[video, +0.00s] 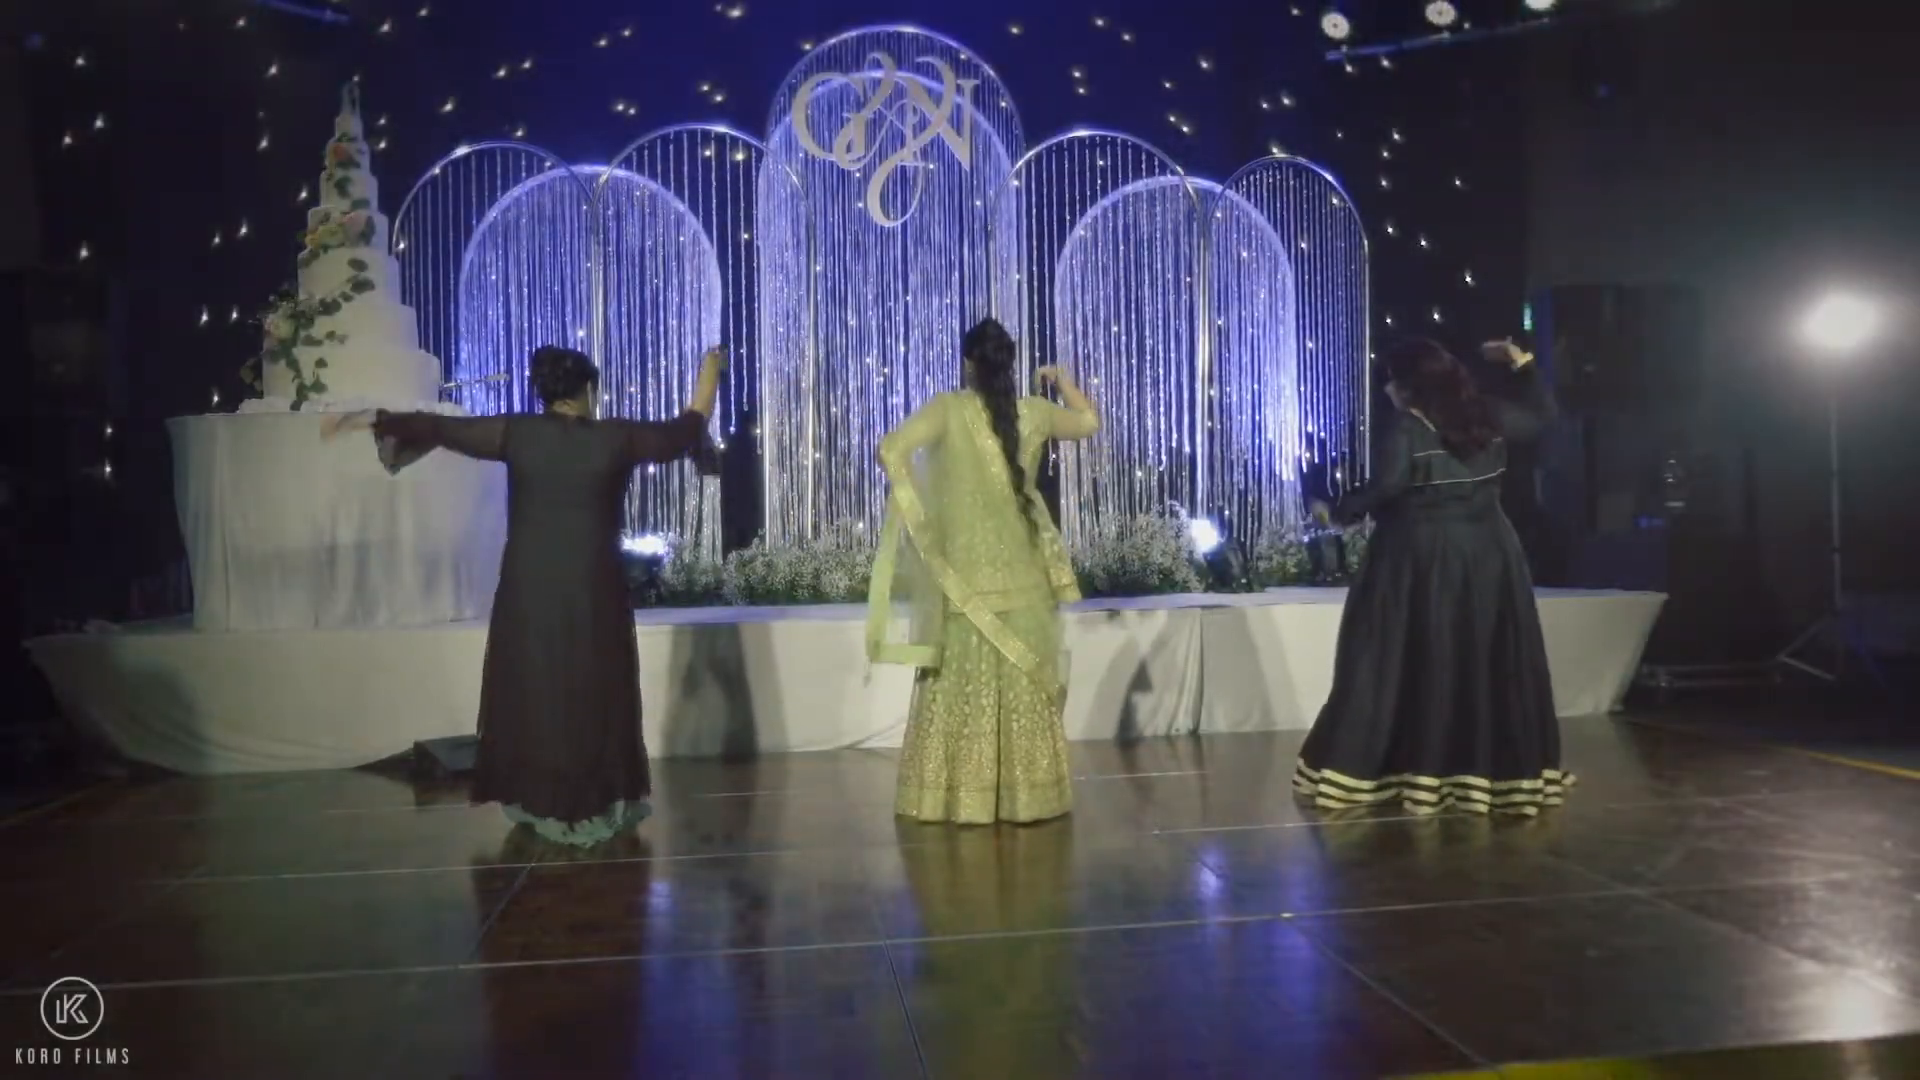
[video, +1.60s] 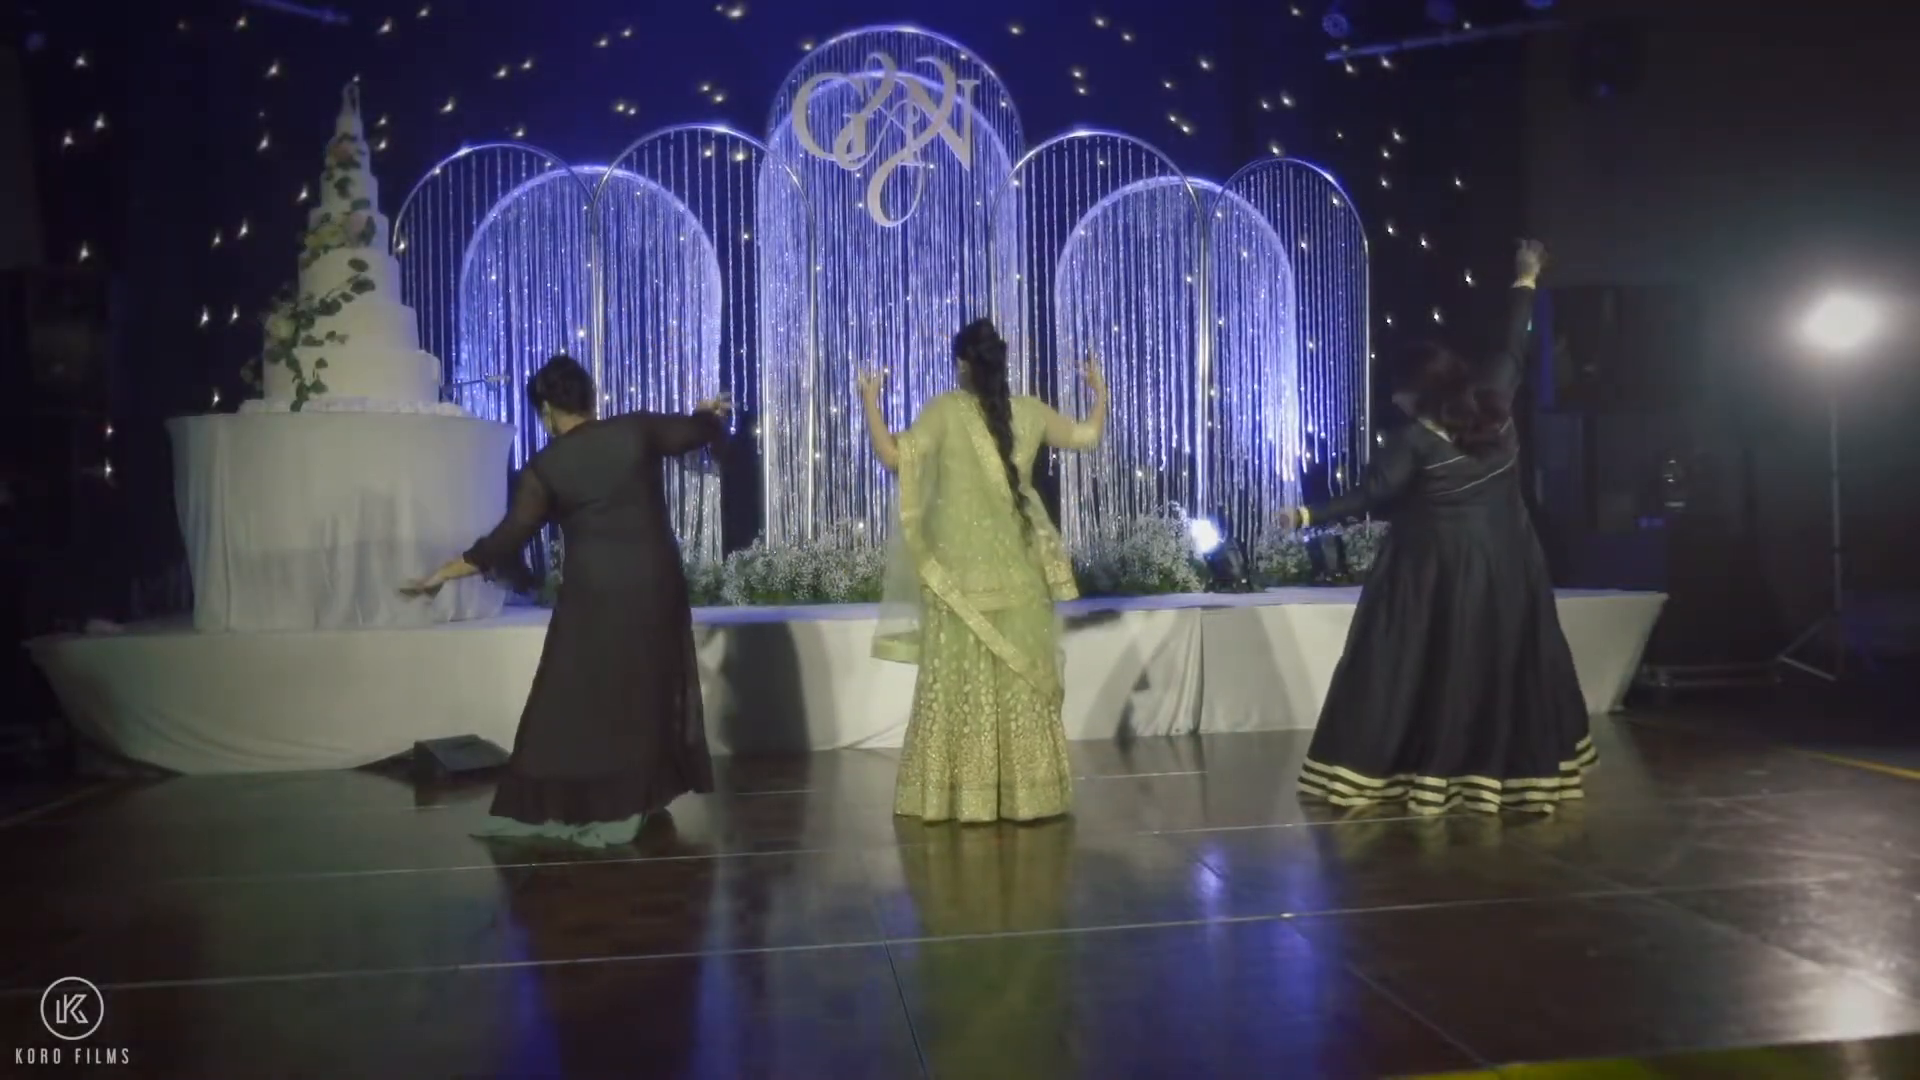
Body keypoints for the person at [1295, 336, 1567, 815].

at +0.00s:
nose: (1388, 394)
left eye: (1391, 384)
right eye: (1387, 385)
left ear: (1408, 386)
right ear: (1448, 378)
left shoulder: (1406, 429)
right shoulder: (1487, 416)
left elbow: (1388, 485)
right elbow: (1540, 417)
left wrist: (1340, 510)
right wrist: (1524, 365)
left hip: (1426, 551)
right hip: (1489, 545)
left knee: (1419, 660)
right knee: (1487, 660)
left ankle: (1419, 777)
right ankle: (1492, 777)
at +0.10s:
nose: (1388, 394)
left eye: (1392, 385)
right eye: (1389, 385)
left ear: (1406, 387)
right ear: (1448, 379)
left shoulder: (1407, 429)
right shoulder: (1485, 418)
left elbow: (1372, 477)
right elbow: (1539, 419)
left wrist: (1342, 444)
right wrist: (1511, 381)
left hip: (1425, 552)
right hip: (1489, 546)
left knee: (1419, 660)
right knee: (1487, 660)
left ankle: (1419, 777)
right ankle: (1493, 777)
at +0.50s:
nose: (1407, 387)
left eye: (1410, 379)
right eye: (1411, 379)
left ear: (1418, 383)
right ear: (1469, 374)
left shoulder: (1413, 424)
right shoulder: (1502, 409)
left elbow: (1348, 436)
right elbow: (1542, 373)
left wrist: (1326, 383)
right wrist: (1537, 310)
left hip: (1423, 546)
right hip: (1490, 544)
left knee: (1416, 661)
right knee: (1489, 663)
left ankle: (1415, 782)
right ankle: (1493, 782)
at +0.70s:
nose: (1413, 383)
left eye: (1417, 375)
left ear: (1425, 380)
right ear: (1476, 375)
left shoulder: (1416, 421)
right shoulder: (1503, 411)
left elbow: (1360, 380)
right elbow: (1505, 356)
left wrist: (1369, 316)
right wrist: (1473, 299)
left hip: (1430, 547)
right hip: (1496, 543)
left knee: (1426, 662)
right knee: (1495, 662)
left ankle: (1421, 783)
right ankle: (1497, 783)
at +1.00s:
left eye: (1435, 359)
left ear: (1430, 372)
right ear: (1486, 369)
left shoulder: (1414, 421)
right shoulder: (1508, 408)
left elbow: (1356, 410)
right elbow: (1510, 351)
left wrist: (1337, 359)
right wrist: (1476, 301)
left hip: (1431, 546)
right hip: (1499, 545)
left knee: (1422, 659)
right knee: (1495, 661)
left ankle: (1417, 782)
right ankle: (1495, 782)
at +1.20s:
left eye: (1426, 371)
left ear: (1429, 379)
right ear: (1481, 371)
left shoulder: (1418, 425)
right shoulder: (1507, 405)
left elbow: (1353, 437)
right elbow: (1516, 348)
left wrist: (1284, 430)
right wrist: (1515, 296)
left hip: (1433, 553)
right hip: (1501, 552)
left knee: (1420, 663)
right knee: (1496, 665)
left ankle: (1419, 779)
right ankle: (1495, 781)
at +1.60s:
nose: (1397, 401)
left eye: (1401, 393)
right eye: (1397, 393)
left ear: (1417, 392)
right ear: (1461, 379)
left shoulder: (1413, 438)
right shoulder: (1493, 410)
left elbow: (1374, 492)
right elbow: (1513, 344)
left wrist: (1311, 515)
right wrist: (1526, 281)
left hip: (1437, 565)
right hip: (1506, 558)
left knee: (1424, 667)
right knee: (1503, 667)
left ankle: (1425, 782)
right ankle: (1506, 780)